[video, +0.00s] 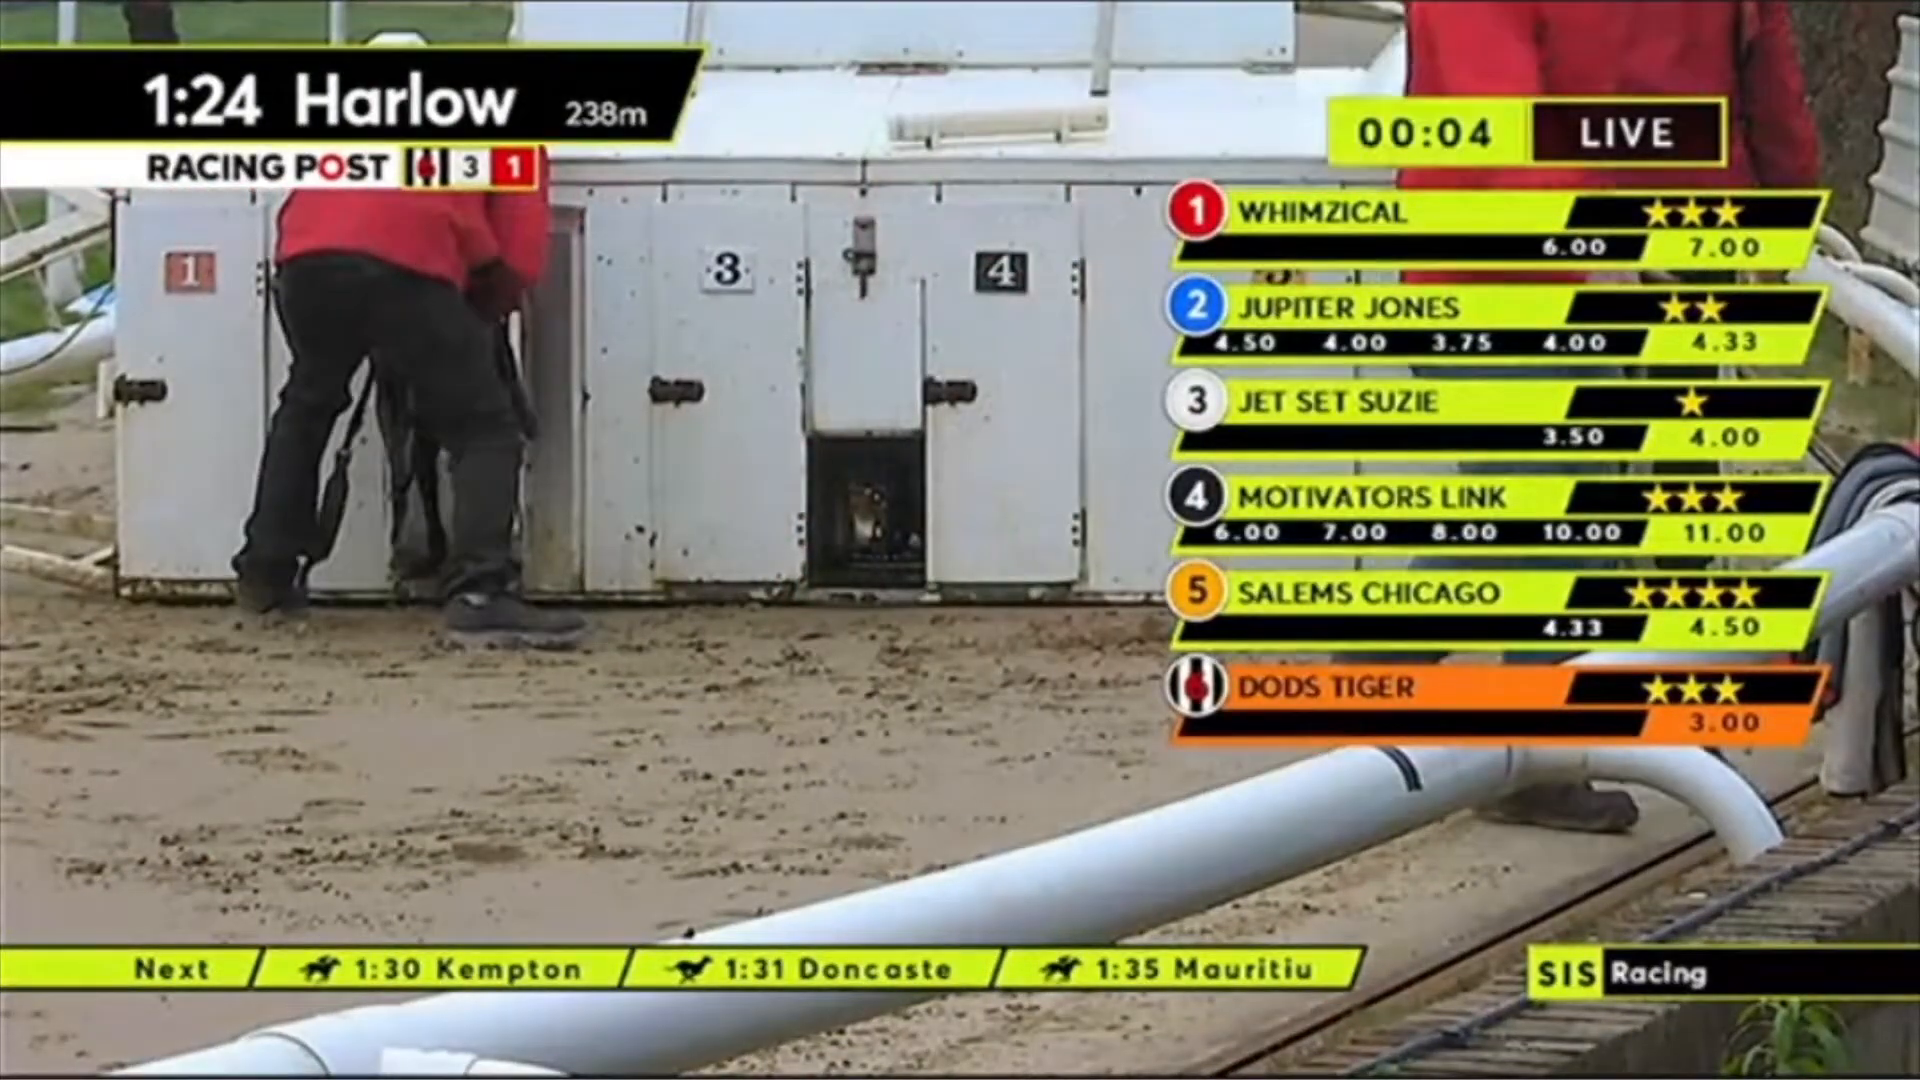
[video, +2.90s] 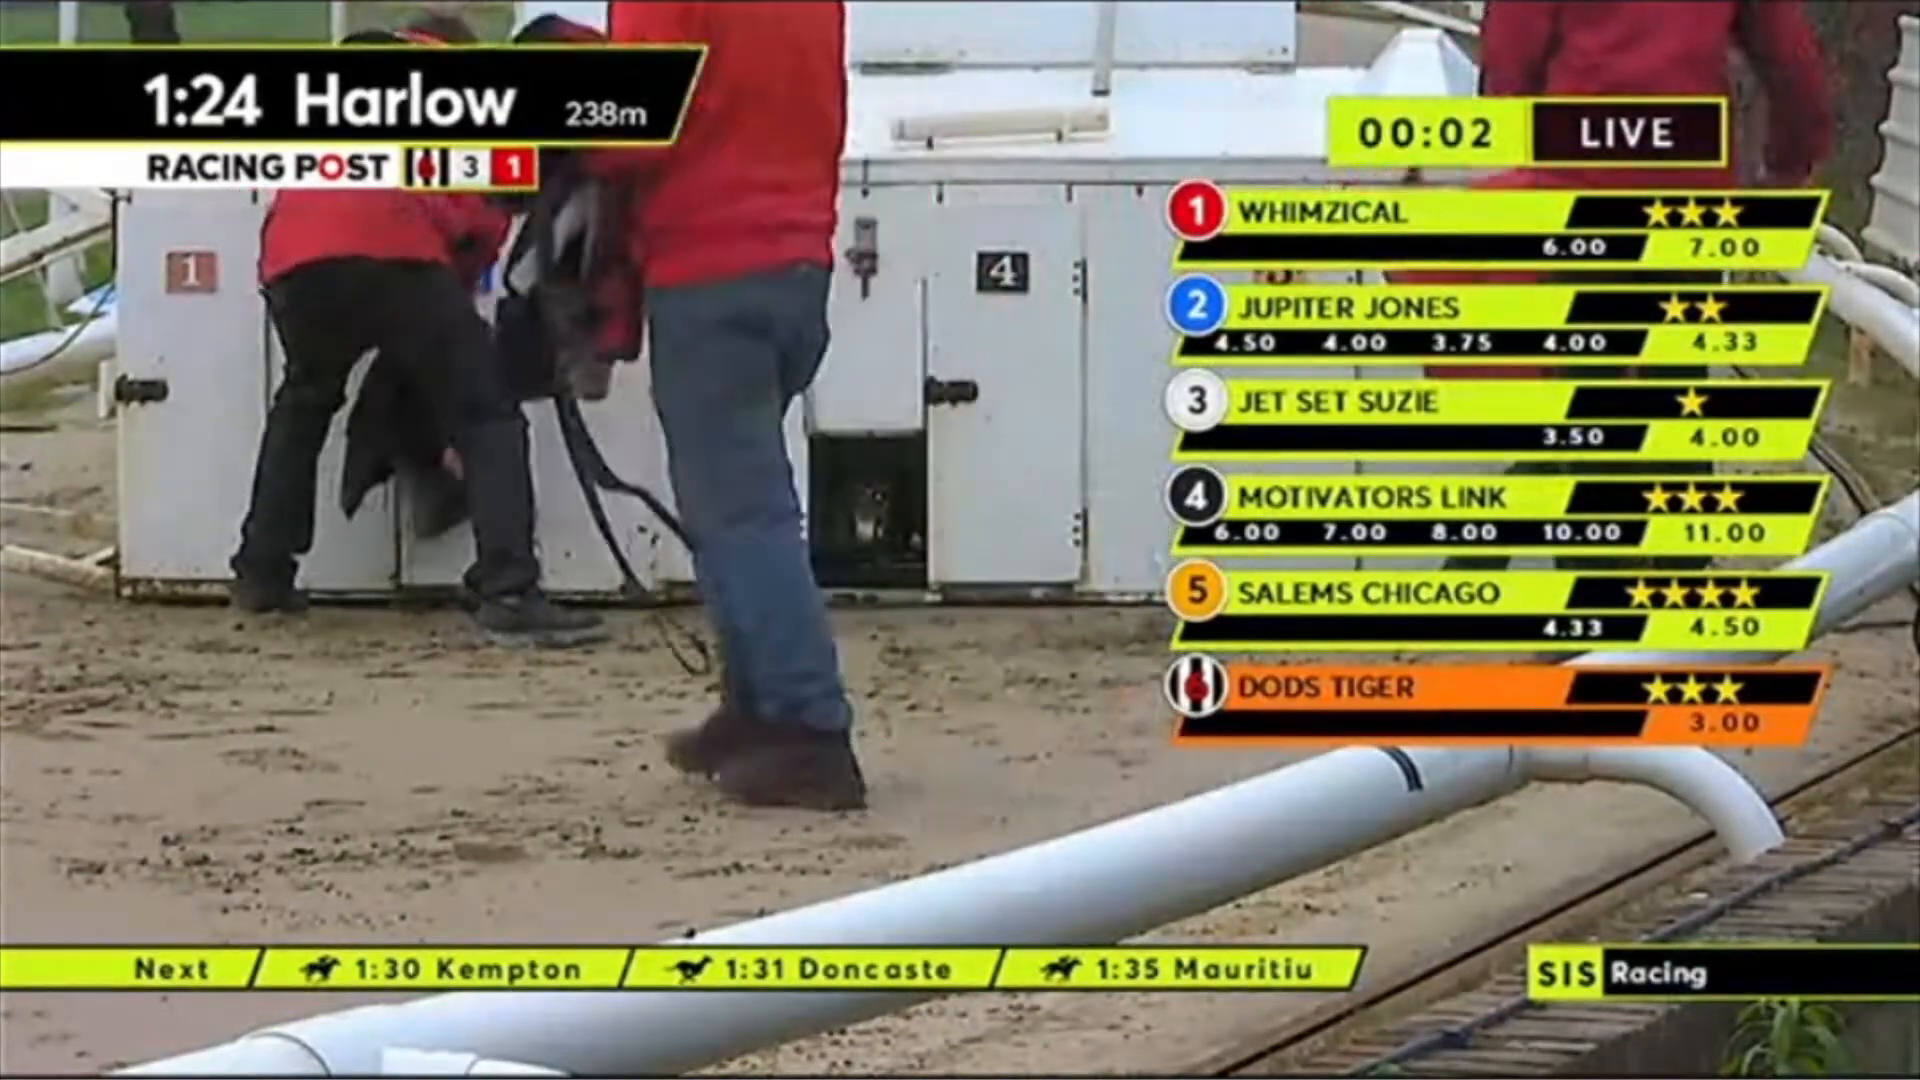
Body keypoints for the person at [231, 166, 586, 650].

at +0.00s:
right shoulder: (513, 137)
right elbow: (521, 263)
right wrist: (474, 316)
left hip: (308, 258)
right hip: (409, 270)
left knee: (310, 395)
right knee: (487, 429)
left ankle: (266, 573)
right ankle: (483, 591)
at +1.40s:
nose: (490, 100)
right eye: (492, 87)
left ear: (418, 54)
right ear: (477, 69)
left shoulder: (359, 102)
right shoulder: (470, 113)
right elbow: (478, 208)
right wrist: (515, 312)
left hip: (278, 258)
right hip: (374, 259)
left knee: (323, 391)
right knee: (464, 414)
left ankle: (263, 575)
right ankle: (487, 593)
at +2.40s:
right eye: (469, 71)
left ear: (409, 29)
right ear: (461, 50)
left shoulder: (330, 61)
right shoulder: (459, 85)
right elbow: (458, 220)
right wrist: (434, 291)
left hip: (259, 244)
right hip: (357, 253)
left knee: (303, 395)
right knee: (415, 416)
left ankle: (262, 574)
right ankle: (424, 585)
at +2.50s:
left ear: (412, 26)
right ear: (461, 43)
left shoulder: (313, 70)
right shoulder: (455, 79)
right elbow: (455, 214)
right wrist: (432, 292)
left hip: (262, 240)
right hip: (365, 245)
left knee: (305, 391)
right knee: (441, 406)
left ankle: (262, 573)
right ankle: (452, 555)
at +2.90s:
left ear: (398, 37)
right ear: (456, 51)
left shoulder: (329, 90)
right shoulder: (462, 93)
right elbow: (487, 214)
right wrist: (465, 276)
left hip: (297, 265)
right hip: (403, 260)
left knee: (307, 393)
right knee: (487, 417)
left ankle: (261, 572)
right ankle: (510, 593)